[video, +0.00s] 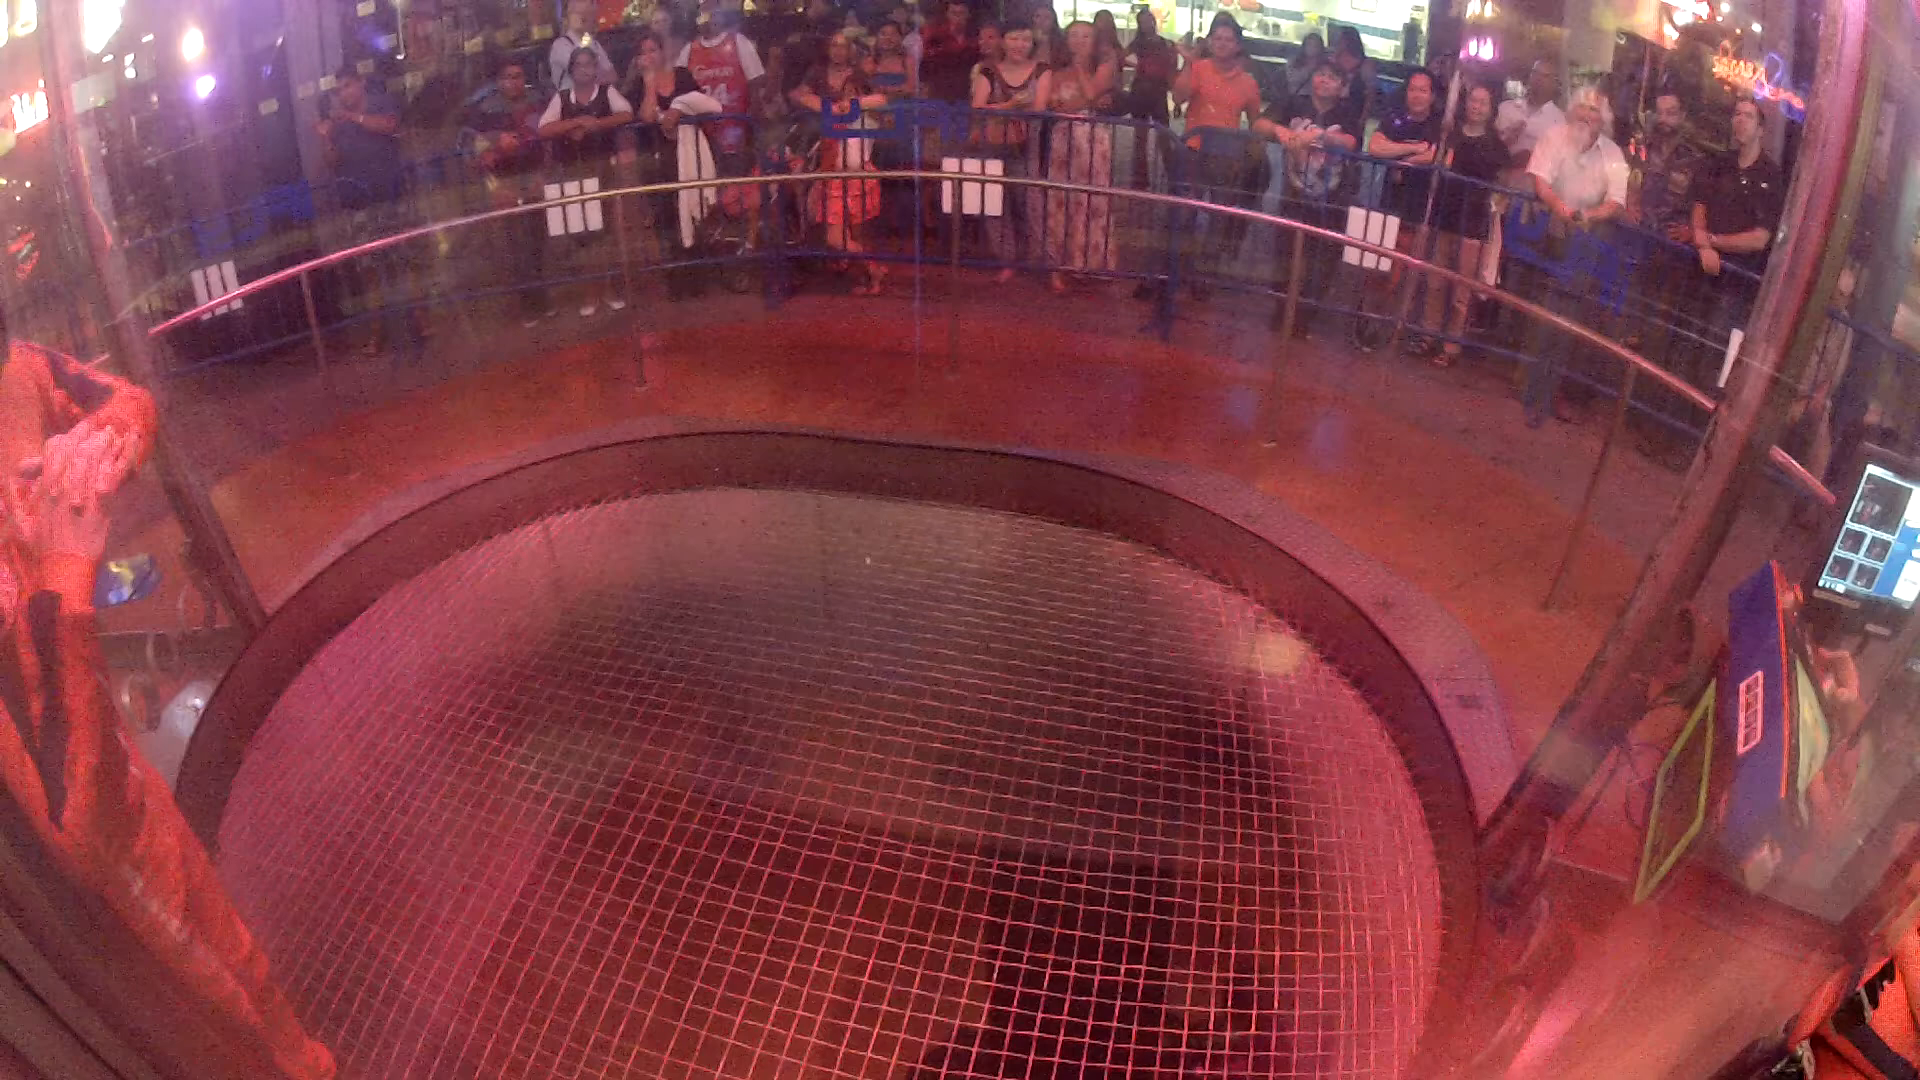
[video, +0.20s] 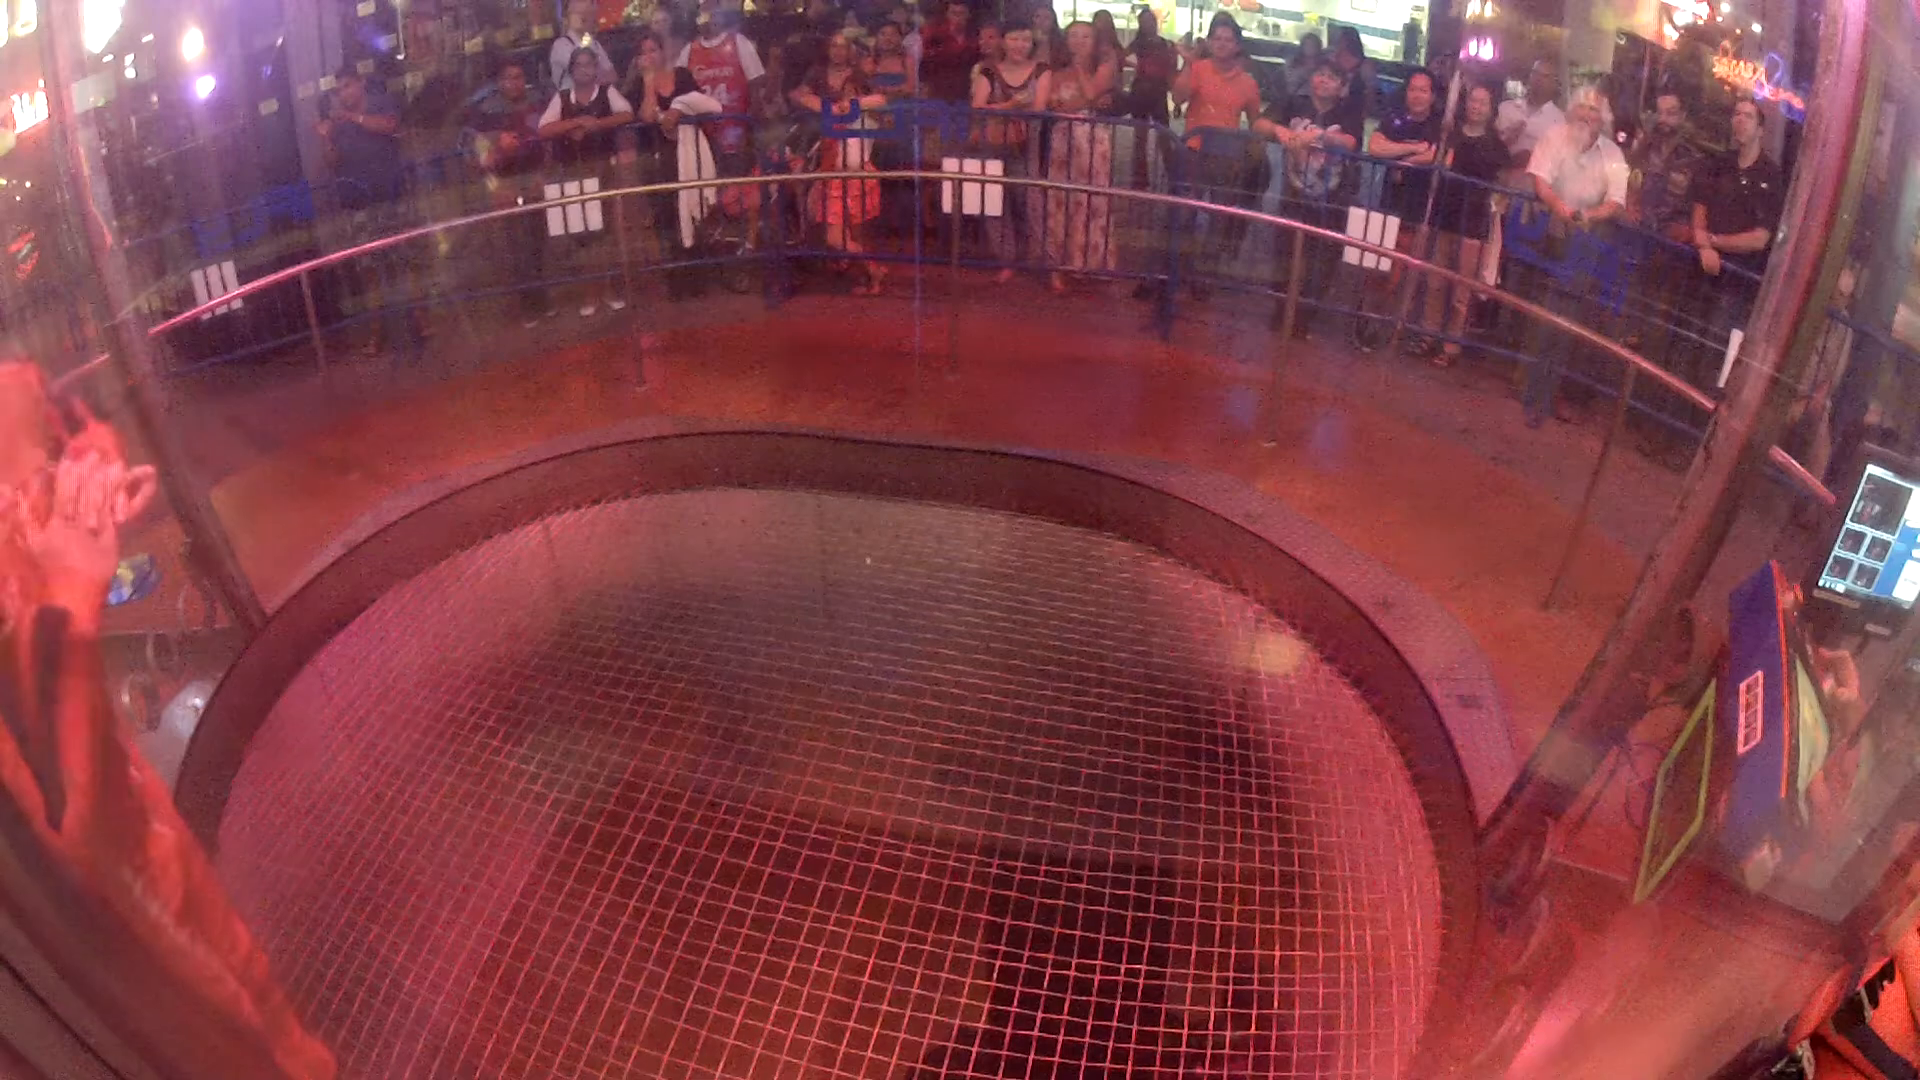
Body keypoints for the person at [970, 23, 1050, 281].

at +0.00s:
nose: (1020, 45)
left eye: (1025, 40)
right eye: (1015, 39)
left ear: (1032, 44)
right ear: (1004, 41)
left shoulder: (1041, 72)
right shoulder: (988, 72)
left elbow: (1039, 110)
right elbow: (977, 109)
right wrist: (1009, 105)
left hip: (1026, 144)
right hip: (994, 145)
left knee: (1028, 201)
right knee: (995, 204)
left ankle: (1035, 259)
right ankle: (1005, 261)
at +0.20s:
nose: (1020, 45)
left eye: (1025, 40)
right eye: (1015, 39)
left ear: (1032, 44)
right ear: (1004, 41)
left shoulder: (1041, 72)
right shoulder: (988, 72)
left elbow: (1038, 109)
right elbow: (977, 108)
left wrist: (1009, 110)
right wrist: (1010, 104)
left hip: (1025, 143)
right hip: (993, 143)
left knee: (1027, 200)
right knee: (995, 203)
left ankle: (1034, 257)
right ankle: (1005, 260)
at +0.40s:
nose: (1020, 45)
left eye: (1025, 40)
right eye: (1015, 39)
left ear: (1032, 44)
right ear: (1004, 42)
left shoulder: (1041, 72)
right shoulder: (988, 72)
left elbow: (1038, 109)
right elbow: (977, 108)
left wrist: (1008, 110)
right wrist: (1009, 105)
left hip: (1026, 143)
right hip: (994, 143)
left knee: (1027, 200)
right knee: (994, 202)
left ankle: (1034, 257)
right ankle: (1005, 261)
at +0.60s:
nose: (1019, 45)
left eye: (1025, 40)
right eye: (1014, 39)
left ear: (1033, 44)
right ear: (1004, 41)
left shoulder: (1041, 73)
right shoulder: (988, 72)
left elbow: (1038, 109)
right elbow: (977, 107)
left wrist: (1010, 109)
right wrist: (1009, 105)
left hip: (1025, 144)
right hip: (993, 144)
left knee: (1028, 202)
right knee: (994, 204)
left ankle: (1037, 259)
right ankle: (1005, 261)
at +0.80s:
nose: (1020, 45)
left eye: (1025, 40)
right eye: (1015, 39)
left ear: (1032, 44)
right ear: (1004, 42)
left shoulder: (1041, 73)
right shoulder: (988, 72)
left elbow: (1039, 109)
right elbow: (977, 108)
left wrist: (1009, 110)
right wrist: (1010, 104)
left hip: (1026, 143)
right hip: (994, 143)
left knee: (1029, 202)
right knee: (995, 204)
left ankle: (1038, 260)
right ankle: (1005, 261)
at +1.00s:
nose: (1019, 45)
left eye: (1025, 39)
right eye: (1014, 38)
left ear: (1033, 44)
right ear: (1004, 42)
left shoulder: (1041, 72)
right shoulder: (988, 72)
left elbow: (1039, 108)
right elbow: (977, 107)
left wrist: (1009, 108)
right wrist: (1009, 104)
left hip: (1026, 143)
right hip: (994, 143)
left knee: (1028, 201)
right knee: (994, 203)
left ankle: (1036, 258)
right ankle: (1005, 260)